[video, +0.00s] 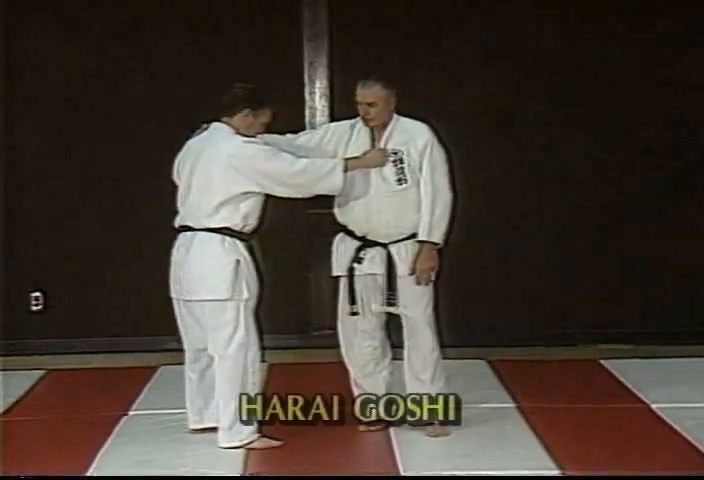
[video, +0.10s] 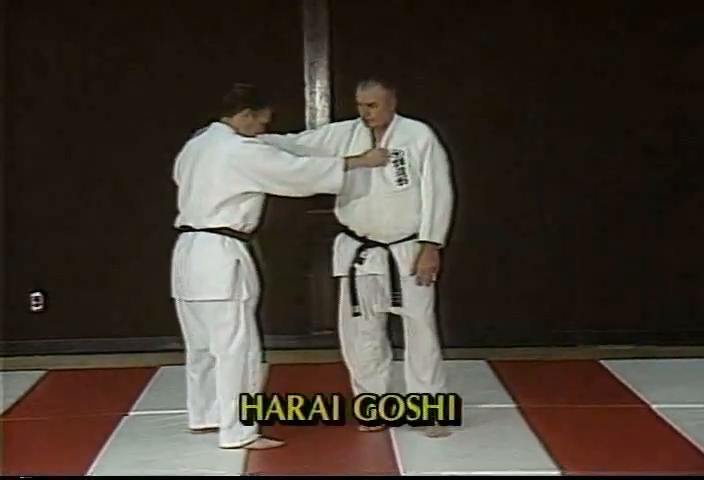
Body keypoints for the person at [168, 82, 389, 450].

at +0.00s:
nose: (264, 129)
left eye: (266, 122)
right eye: (263, 121)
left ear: (232, 115)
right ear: (244, 115)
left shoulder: (195, 145)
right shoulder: (242, 150)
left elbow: (179, 176)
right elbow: (296, 170)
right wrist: (359, 162)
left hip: (185, 251)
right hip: (221, 255)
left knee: (198, 345)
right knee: (234, 346)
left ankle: (202, 417)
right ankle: (237, 431)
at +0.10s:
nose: (264, 129)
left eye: (266, 122)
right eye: (262, 121)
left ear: (231, 115)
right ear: (244, 115)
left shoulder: (194, 145)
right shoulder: (242, 150)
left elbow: (179, 177)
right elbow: (296, 169)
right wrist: (360, 160)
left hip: (186, 251)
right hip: (222, 255)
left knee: (199, 346)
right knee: (236, 347)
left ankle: (203, 417)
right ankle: (238, 432)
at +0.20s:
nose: (264, 128)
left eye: (266, 121)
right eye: (262, 121)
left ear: (231, 115)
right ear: (243, 115)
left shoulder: (195, 145)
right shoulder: (243, 150)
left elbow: (179, 176)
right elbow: (297, 168)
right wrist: (360, 160)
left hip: (187, 251)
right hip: (222, 255)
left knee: (200, 345)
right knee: (236, 346)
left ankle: (204, 416)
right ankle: (238, 431)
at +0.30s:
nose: (263, 127)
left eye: (265, 120)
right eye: (261, 119)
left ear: (231, 114)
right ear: (243, 114)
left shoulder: (195, 145)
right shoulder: (242, 150)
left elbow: (179, 176)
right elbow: (296, 168)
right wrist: (360, 160)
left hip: (188, 252)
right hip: (223, 255)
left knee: (202, 345)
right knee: (237, 347)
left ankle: (205, 416)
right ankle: (237, 431)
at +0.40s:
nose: (263, 124)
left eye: (263, 116)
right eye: (259, 116)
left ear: (230, 114)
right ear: (241, 114)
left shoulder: (195, 146)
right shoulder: (241, 150)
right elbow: (296, 169)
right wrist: (359, 161)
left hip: (191, 252)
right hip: (226, 256)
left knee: (204, 345)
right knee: (240, 347)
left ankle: (207, 416)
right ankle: (238, 431)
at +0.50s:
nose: (261, 118)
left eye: (261, 110)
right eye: (257, 111)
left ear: (227, 114)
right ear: (237, 113)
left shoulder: (195, 146)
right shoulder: (242, 150)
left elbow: (179, 176)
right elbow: (296, 169)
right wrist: (359, 161)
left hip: (195, 251)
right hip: (229, 256)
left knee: (208, 344)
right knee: (242, 346)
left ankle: (207, 416)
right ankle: (239, 431)